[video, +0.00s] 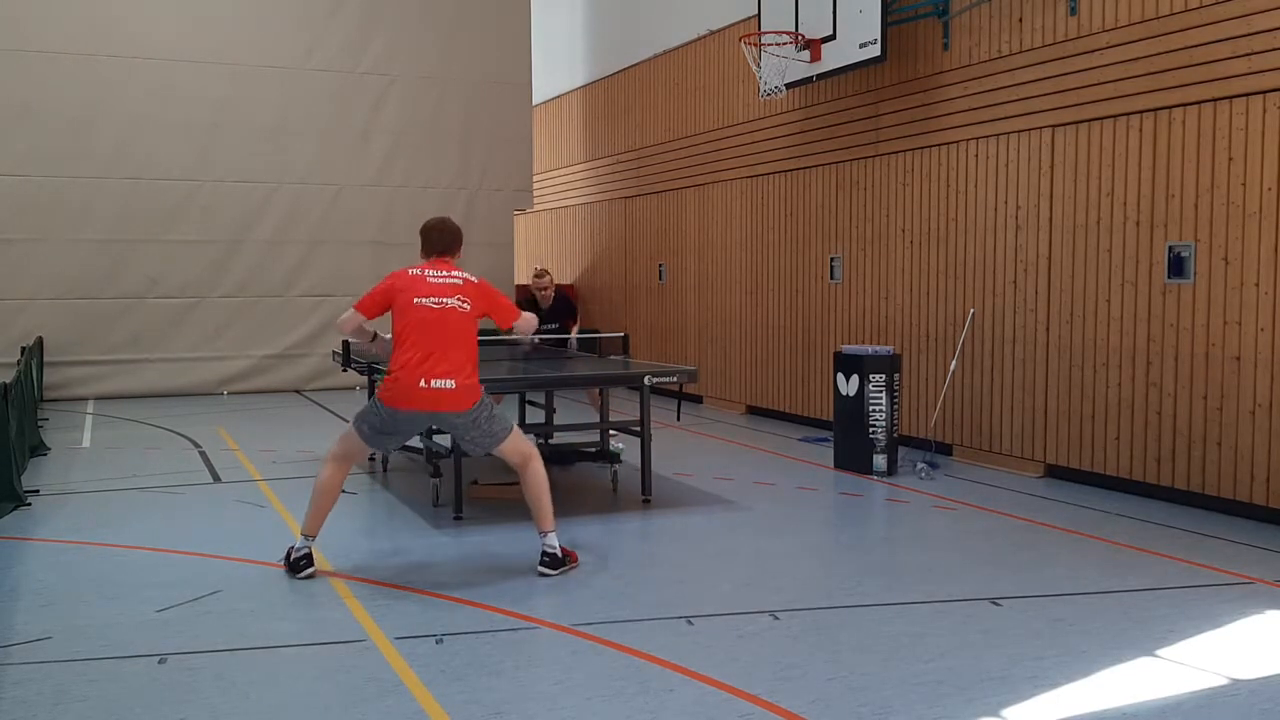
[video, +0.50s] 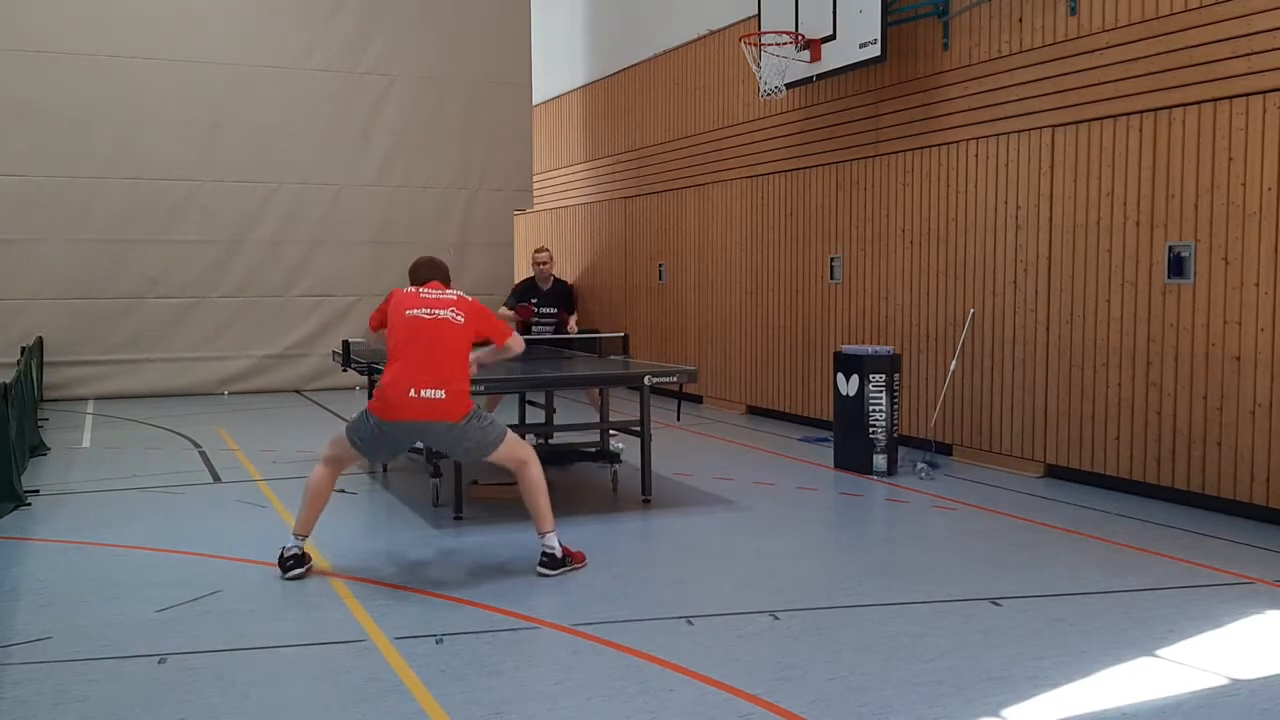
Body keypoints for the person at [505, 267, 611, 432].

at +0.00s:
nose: (543, 293)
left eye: (546, 289)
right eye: (539, 289)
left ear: (553, 287)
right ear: (532, 289)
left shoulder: (563, 300)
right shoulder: (525, 304)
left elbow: (576, 319)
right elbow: (514, 329)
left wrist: (573, 336)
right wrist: (525, 338)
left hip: (562, 354)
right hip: (533, 355)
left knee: (589, 379)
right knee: (503, 378)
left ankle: (606, 424)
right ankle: (479, 418)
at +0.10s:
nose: (550, 284)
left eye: (553, 280)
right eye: (546, 281)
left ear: (558, 278)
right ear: (539, 280)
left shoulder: (568, 293)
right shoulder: (531, 294)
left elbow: (575, 315)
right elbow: (525, 318)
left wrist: (575, 330)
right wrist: (533, 330)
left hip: (564, 346)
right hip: (536, 346)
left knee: (590, 378)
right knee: (505, 375)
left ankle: (606, 428)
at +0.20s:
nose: (552, 271)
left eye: (556, 267)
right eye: (548, 267)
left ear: (561, 267)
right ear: (541, 269)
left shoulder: (569, 288)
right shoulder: (531, 288)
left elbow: (576, 311)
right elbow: (513, 313)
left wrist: (577, 323)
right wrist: (523, 314)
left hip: (564, 348)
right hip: (535, 348)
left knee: (590, 379)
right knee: (505, 379)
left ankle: (606, 424)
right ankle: (481, 417)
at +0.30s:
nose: (550, 265)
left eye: (554, 261)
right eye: (546, 262)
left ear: (560, 262)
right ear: (540, 264)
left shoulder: (568, 286)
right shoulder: (529, 285)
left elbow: (575, 310)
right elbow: (508, 307)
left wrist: (577, 322)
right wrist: (521, 311)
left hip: (564, 350)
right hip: (534, 350)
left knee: (590, 379)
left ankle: (606, 428)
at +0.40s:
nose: (545, 266)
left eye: (549, 262)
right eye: (542, 263)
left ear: (556, 264)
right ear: (536, 265)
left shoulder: (567, 288)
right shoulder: (525, 286)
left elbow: (573, 314)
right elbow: (505, 307)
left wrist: (575, 323)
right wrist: (518, 310)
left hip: (561, 350)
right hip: (532, 350)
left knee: (588, 379)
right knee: (508, 378)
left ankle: (606, 427)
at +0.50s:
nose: (542, 267)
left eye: (545, 263)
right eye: (537, 264)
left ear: (552, 264)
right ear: (532, 266)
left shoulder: (565, 288)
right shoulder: (523, 287)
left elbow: (572, 313)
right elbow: (502, 311)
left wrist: (571, 322)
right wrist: (514, 316)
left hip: (559, 351)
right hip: (527, 351)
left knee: (588, 378)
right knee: (500, 378)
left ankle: (606, 424)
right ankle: (482, 420)